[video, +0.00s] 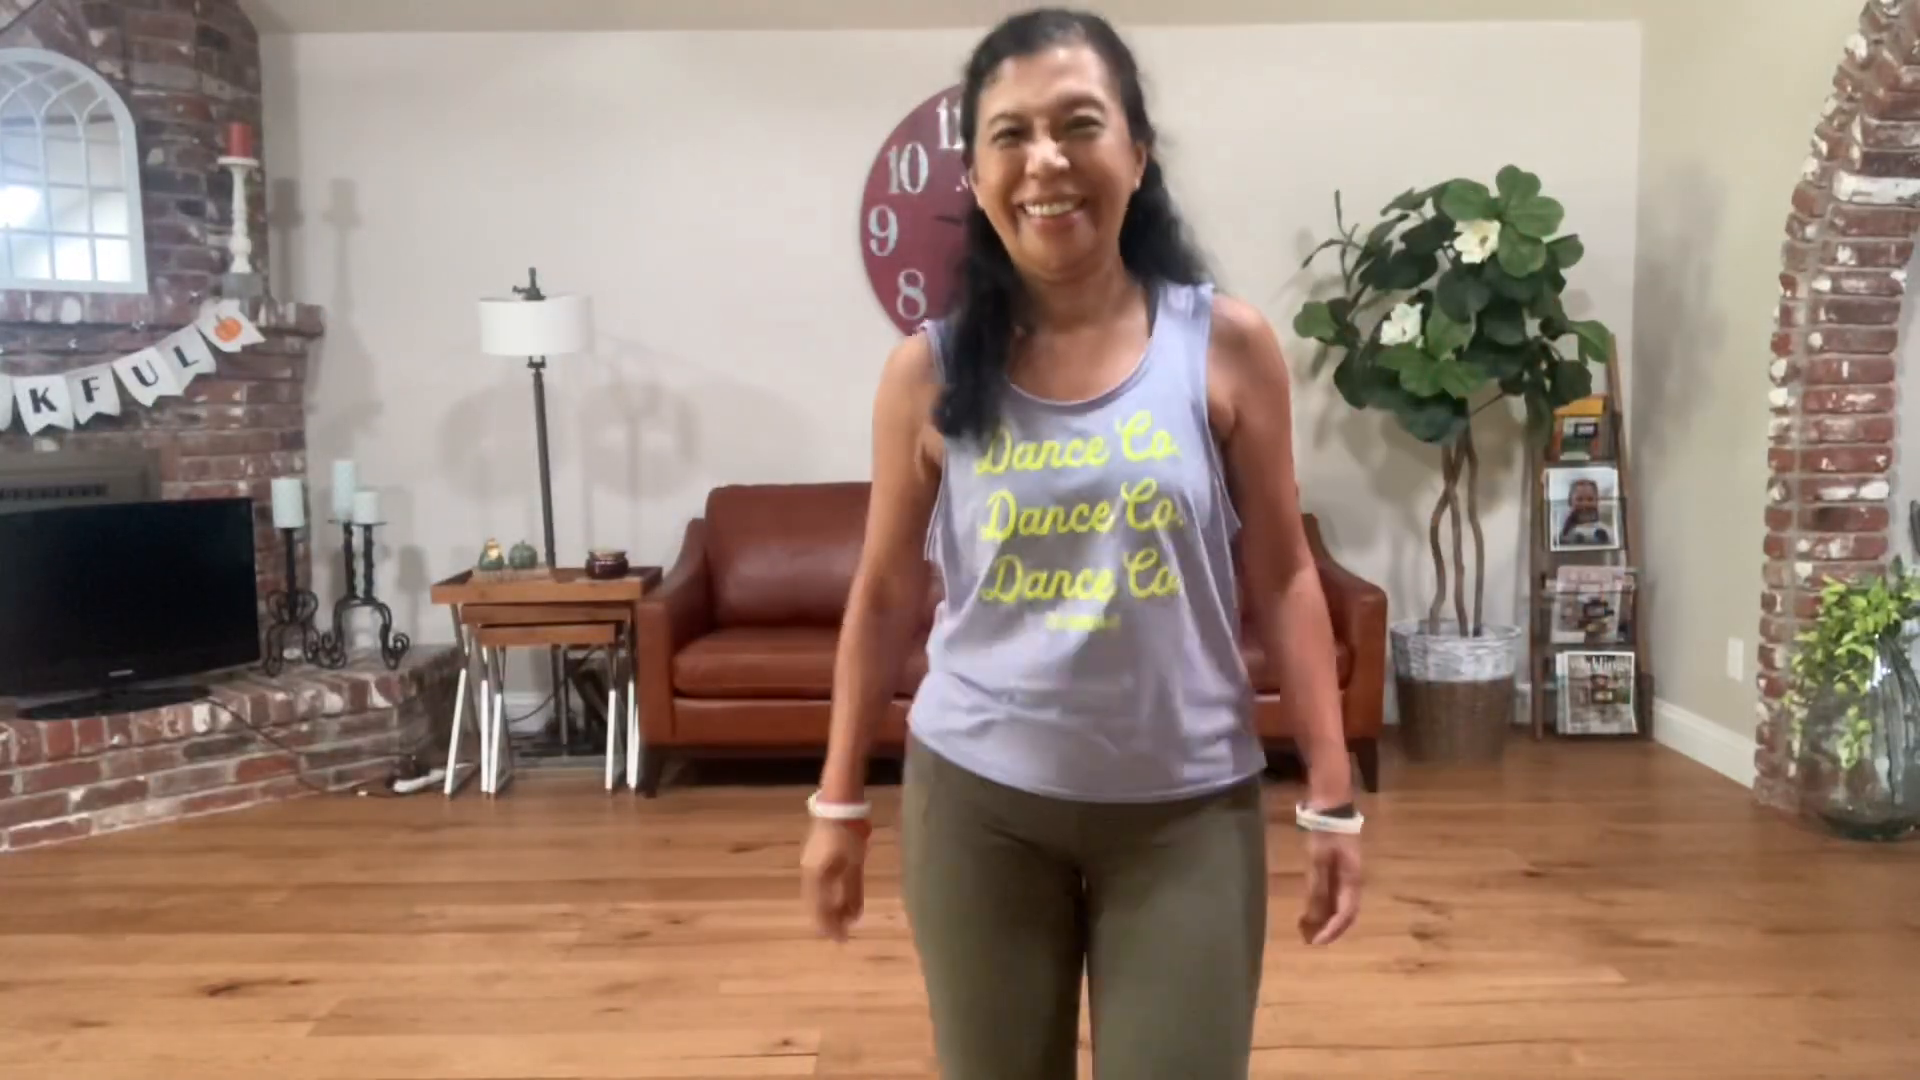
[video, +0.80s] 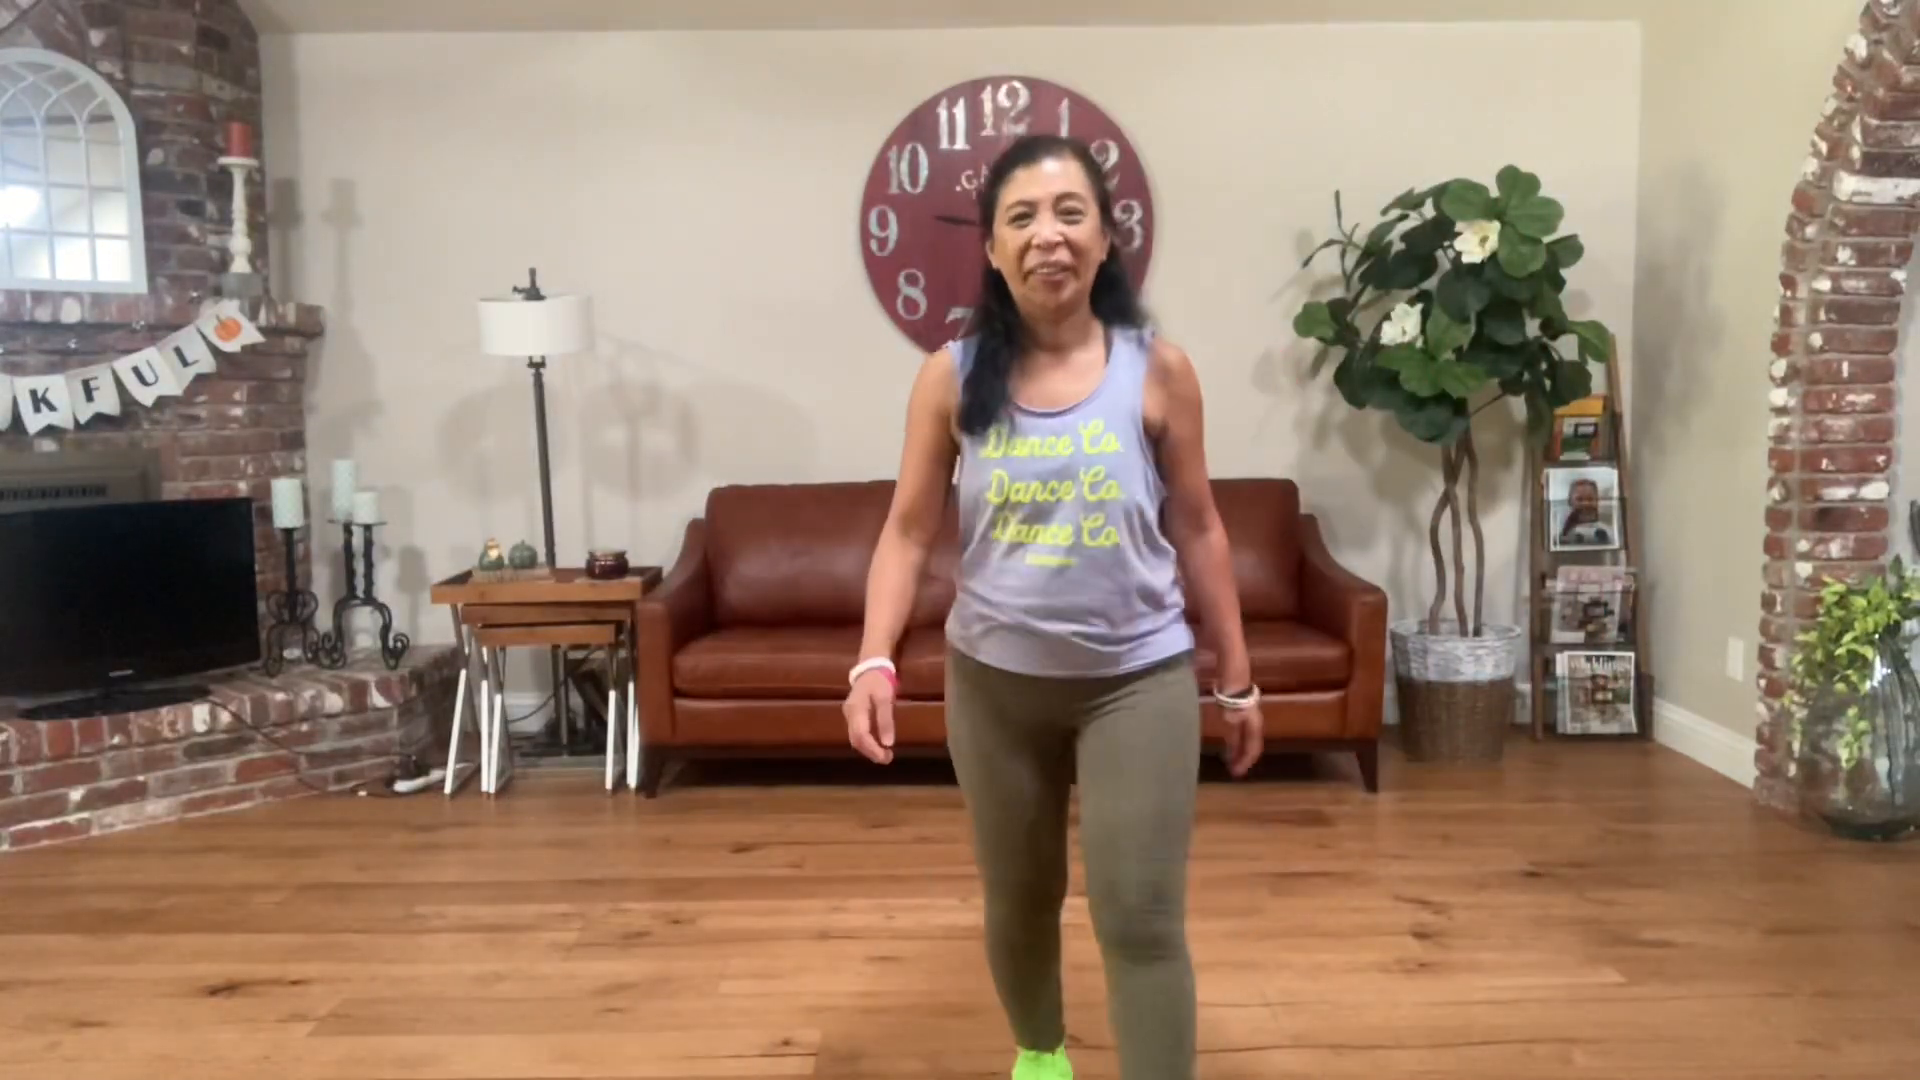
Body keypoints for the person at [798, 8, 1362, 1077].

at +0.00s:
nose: (1046, 160)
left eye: (1078, 126)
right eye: (1011, 136)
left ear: (1138, 153)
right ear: (973, 176)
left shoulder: (1226, 345)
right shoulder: (931, 370)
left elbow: (1285, 577)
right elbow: (881, 600)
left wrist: (1331, 794)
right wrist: (838, 801)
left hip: (1187, 812)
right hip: (976, 809)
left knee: (1178, 1065)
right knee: (995, 1068)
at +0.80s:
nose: (1048, 236)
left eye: (1071, 213)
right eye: (1022, 217)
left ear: (1105, 237)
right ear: (992, 245)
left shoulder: (1159, 372)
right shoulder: (951, 379)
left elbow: (1198, 527)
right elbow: (908, 533)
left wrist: (1236, 678)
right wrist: (875, 658)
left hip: (1142, 679)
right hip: (996, 682)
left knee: (1141, 921)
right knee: (1019, 908)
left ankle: (1159, 1076)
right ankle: (1040, 1056)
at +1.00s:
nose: (1039, 244)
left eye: (1059, 222)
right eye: (1014, 228)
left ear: (1092, 244)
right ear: (986, 259)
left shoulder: (1144, 366)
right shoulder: (951, 378)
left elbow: (1198, 503)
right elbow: (899, 515)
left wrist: (1201, 591)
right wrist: (871, 548)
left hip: (1125, 661)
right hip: (988, 662)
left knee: (1113, 870)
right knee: (1013, 871)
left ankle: (1123, 1048)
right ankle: (1036, 1053)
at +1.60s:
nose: (1014, 257)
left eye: (1032, 237)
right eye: (994, 242)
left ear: (1066, 257)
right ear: (971, 266)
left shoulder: (1116, 369)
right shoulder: (949, 375)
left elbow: (1179, 475)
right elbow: (931, 478)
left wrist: (1122, 565)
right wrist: (924, 548)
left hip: (1096, 622)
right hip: (978, 617)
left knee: (1091, 810)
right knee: (944, 794)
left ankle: (1099, 985)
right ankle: (946, 932)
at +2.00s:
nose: (930, 283)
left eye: (948, 267)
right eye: (913, 268)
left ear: (972, 285)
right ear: (888, 285)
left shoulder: (1005, 390)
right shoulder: (855, 380)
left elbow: (1044, 500)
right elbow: (815, 481)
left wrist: (1015, 532)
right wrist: (786, 501)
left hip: (985, 619)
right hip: (876, 617)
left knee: (1025, 794)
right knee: (869, 785)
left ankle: (1086, 975)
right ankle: (871, 914)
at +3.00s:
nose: (1032, 279)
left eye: (1047, 264)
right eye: (1013, 267)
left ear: (1071, 281)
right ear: (990, 289)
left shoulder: (1103, 370)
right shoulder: (965, 379)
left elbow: (1131, 454)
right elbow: (933, 476)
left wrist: (1157, 486)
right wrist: (924, 509)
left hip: (1092, 599)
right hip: (987, 597)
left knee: (1114, 755)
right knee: (938, 753)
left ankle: (1140, 900)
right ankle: (878, 908)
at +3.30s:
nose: (1076, 289)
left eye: (1092, 273)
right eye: (1061, 278)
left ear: (1123, 287)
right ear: (1045, 296)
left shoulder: (1165, 377)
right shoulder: (1023, 381)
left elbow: (1196, 491)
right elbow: (1014, 497)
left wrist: (1175, 431)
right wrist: (1041, 437)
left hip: (1151, 591)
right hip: (1047, 592)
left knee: (1153, 749)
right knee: (1034, 741)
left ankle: (1144, 896)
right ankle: (1028, 867)